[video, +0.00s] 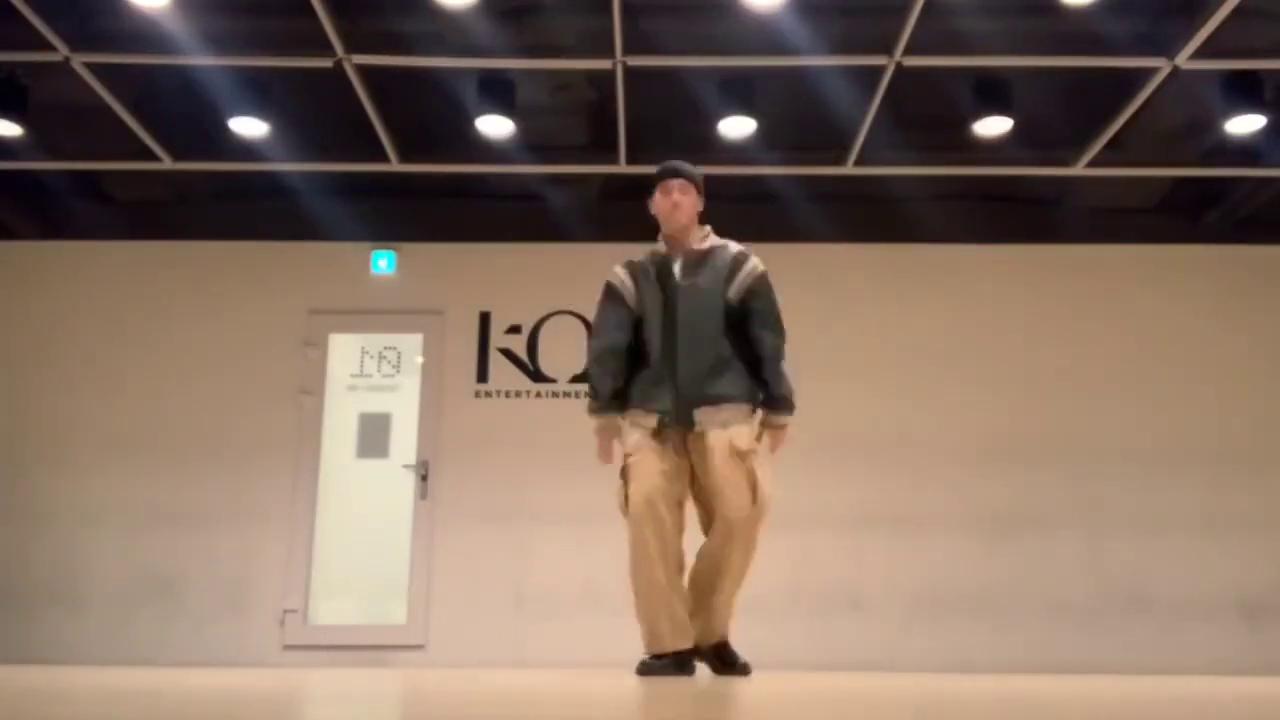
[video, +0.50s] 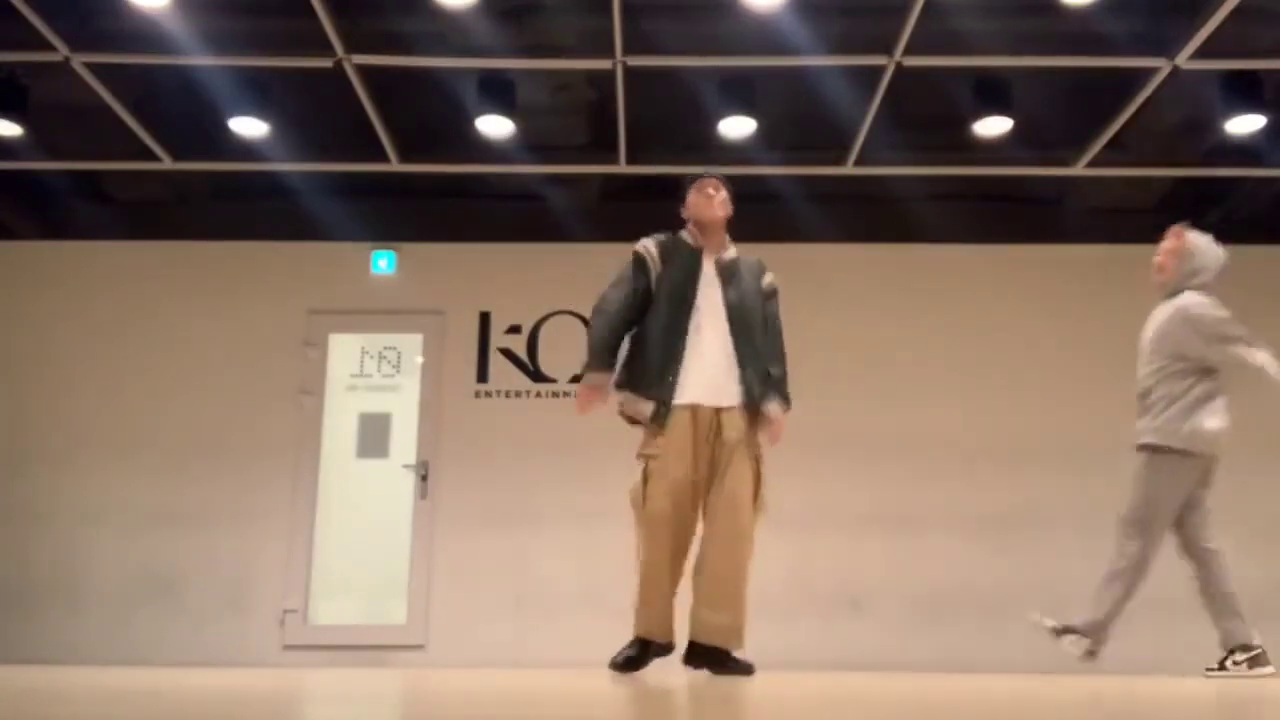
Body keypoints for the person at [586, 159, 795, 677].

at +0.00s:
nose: (673, 201)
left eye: (682, 192)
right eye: (665, 194)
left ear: (700, 202)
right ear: (652, 206)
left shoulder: (738, 265)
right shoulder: (631, 275)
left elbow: (766, 341)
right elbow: (608, 349)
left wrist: (778, 408)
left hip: (724, 418)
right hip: (650, 421)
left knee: (739, 519)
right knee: (648, 517)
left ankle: (709, 631)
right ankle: (667, 645)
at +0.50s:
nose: (715, 196)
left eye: (721, 192)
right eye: (704, 191)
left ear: (731, 212)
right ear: (684, 211)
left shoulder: (755, 273)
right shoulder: (658, 254)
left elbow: (771, 343)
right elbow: (613, 309)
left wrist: (774, 400)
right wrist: (598, 371)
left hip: (738, 415)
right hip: (672, 412)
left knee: (731, 530)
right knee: (661, 523)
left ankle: (711, 643)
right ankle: (652, 635)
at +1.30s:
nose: (693, 219)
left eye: (702, 213)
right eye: (685, 214)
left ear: (718, 228)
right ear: (673, 231)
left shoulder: (751, 287)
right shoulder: (646, 291)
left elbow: (766, 359)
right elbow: (630, 358)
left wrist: (746, 408)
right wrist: (641, 409)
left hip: (725, 441)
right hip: (661, 441)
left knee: (731, 550)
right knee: (655, 550)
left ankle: (740, 651)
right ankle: (664, 651)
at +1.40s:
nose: (698, 216)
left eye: (707, 209)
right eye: (690, 211)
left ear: (723, 223)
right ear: (678, 227)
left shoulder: (754, 279)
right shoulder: (653, 283)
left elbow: (770, 347)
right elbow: (633, 348)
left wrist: (741, 401)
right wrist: (649, 397)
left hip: (731, 435)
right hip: (671, 436)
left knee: (738, 541)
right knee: (652, 534)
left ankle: (740, 651)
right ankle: (665, 651)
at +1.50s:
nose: (700, 200)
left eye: (708, 193)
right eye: (692, 195)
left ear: (726, 203)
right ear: (683, 209)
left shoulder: (757, 245)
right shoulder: (663, 249)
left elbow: (790, 280)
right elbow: (612, 278)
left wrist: (742, 312)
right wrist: (655, 297)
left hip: (746, 407)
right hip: (681, 409)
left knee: (751, 517)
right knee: (670, 513)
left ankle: (748, 631)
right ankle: (672, 633)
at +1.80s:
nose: (724, 244)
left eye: (732, 236)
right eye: (714, 238)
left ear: (748, 247)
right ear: (702, 251)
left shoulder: (761, 291)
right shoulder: (689, 293)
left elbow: (784, 316)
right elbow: (653, 308)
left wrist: (769, 257)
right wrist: (663, 253)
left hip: (758, 439)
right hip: (698, 445)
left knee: (775, 536)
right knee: (682, 534)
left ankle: (770, 649)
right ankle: (720, 647)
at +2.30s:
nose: (696, 222)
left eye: (705, 215)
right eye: (686, 217)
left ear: (720, 216)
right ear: (673, 224)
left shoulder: (742, 243)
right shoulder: (661, 252)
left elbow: (703, 258)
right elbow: (684, 239)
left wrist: (646, 242)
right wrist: (712, 201)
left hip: (726, 392)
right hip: (670, 395)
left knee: (751, 511)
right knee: (648, 517)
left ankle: (771, 639)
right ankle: (631, 640)